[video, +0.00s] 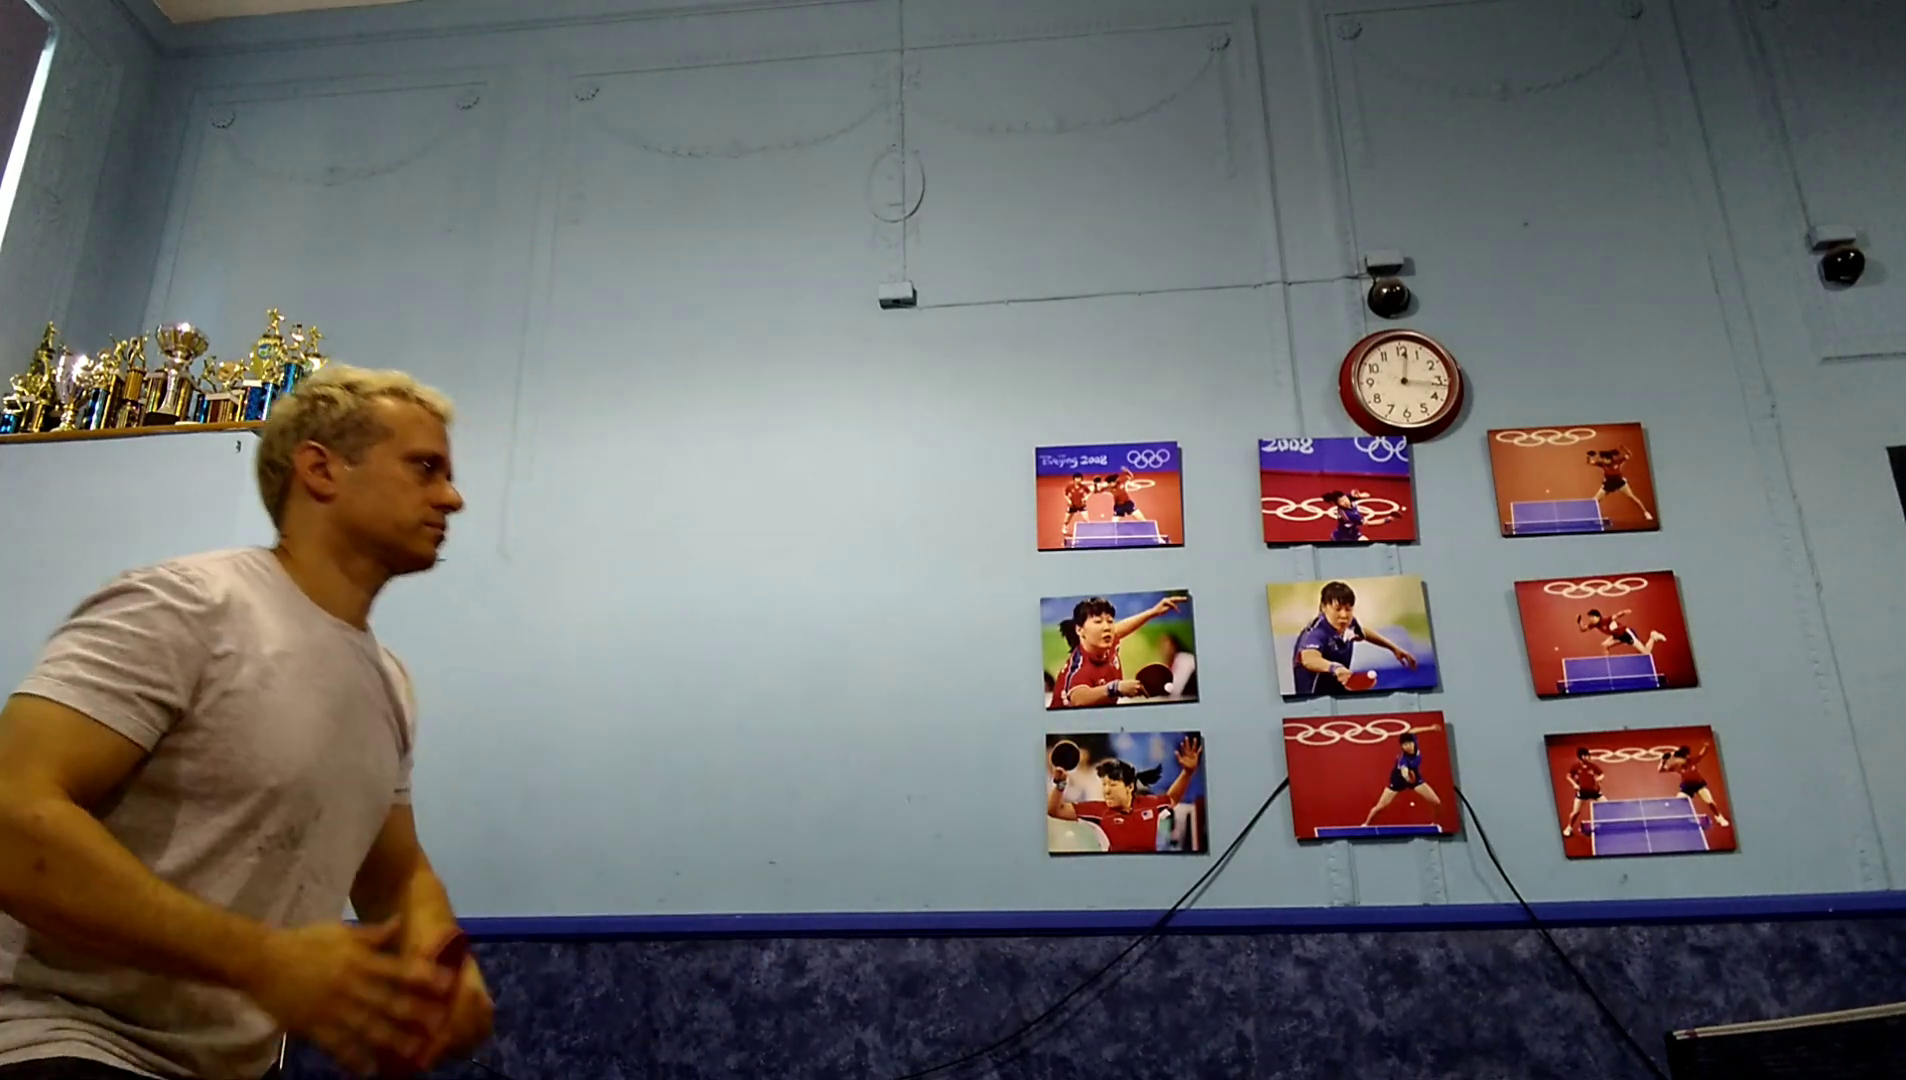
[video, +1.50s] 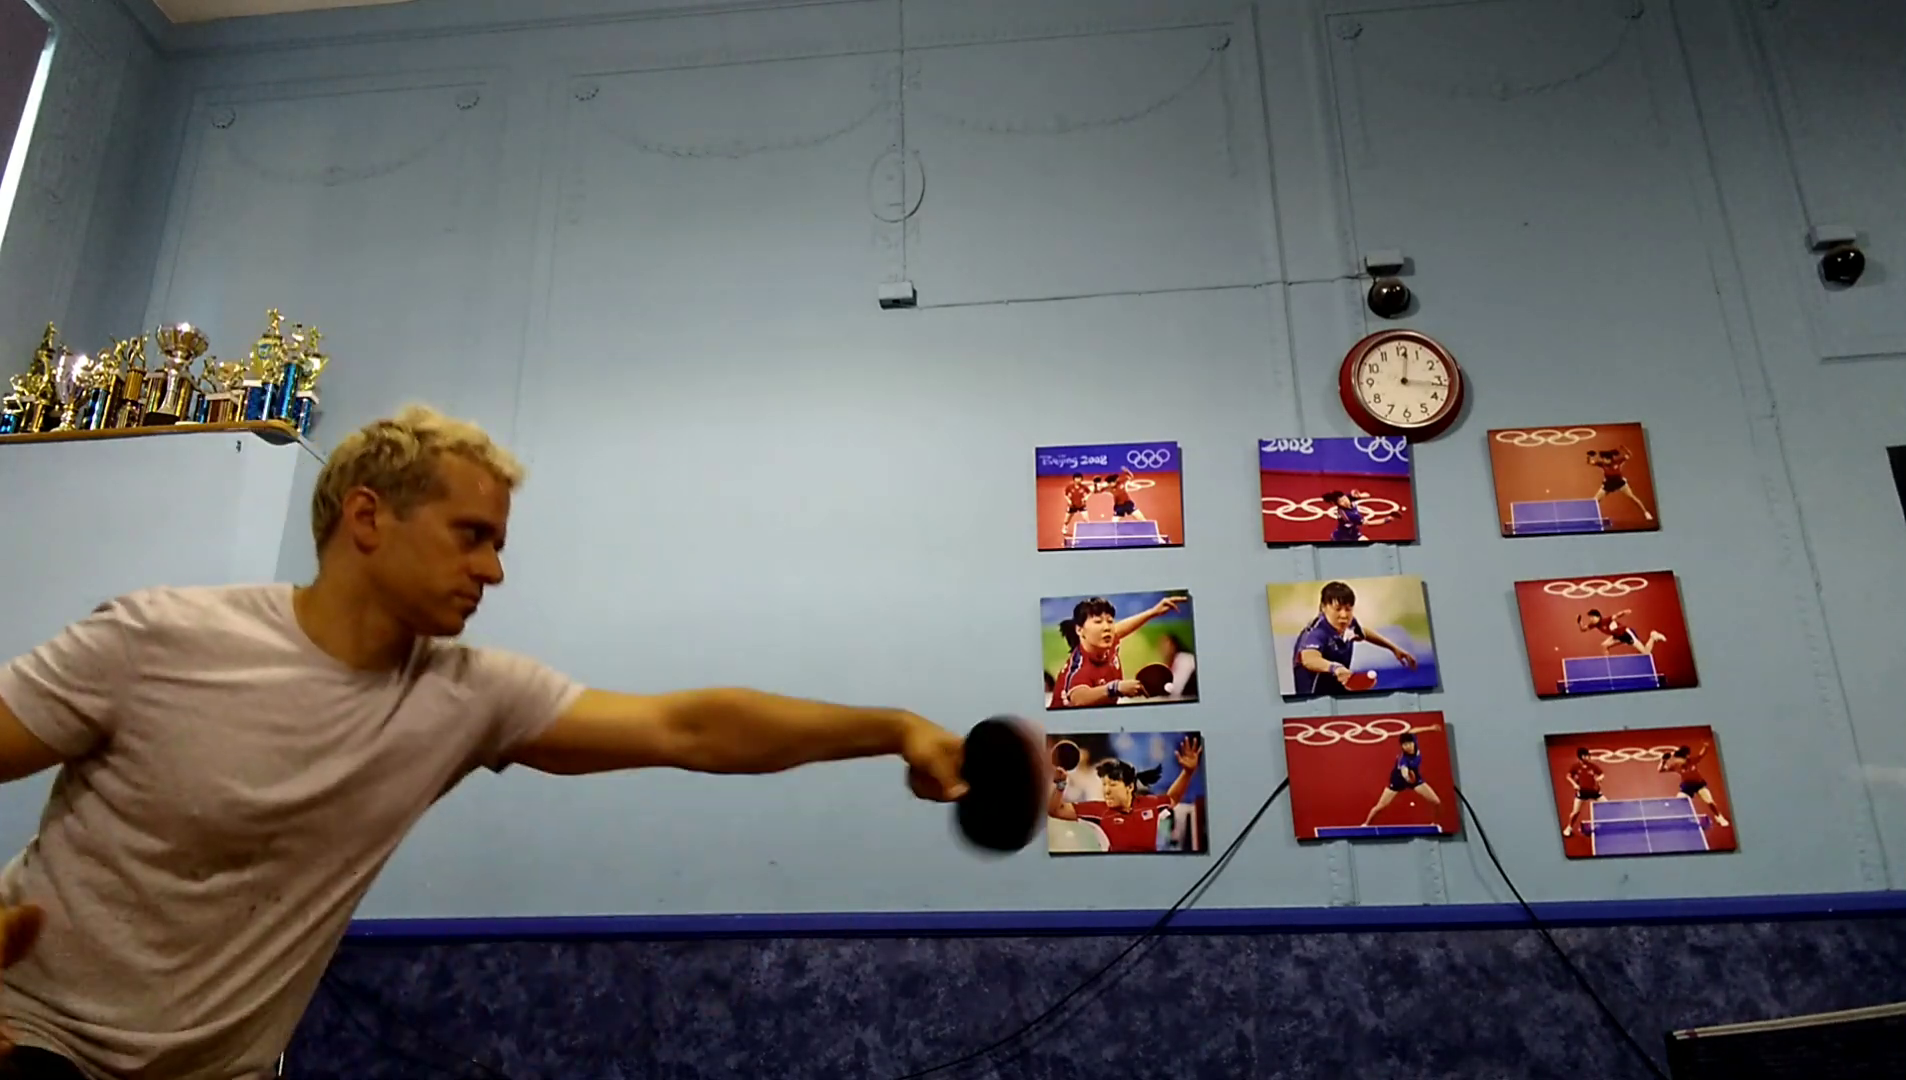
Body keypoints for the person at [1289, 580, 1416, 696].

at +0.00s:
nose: (1344, 615)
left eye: (1348, 609)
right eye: (1338, 609)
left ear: (1353, 609)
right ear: (1324, 608)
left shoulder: (1349, 624)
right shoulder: (1315, 633)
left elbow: (1364, 634)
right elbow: (1309, 660)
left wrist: (1395, 649)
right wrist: (1335, 668)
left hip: (1341, 705)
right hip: (1314, 708)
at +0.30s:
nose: (1344, 615)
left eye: (1348, 609)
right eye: (1338, 609)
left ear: (1353, 609)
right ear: (1324, 608)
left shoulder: (1349, 624)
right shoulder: (1315, 633)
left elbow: (1364, 634)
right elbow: (1309, 660)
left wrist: (1395, 649)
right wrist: (1335, 668)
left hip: (1341, 704)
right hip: (1314, 708)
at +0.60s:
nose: (1344, 615)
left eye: (1348, 609)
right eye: (1338, 609)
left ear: (1353, 609)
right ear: (1324, 608)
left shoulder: (1349, 624)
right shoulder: (1315, 633)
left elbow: (1364, 634)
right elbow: (1309, 660)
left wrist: (1395, 649)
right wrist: (1335, 668)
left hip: (1341, 705)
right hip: (1314, 708)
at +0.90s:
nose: (1344, 615)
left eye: (1348, 609)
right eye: (1338, 609)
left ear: (1353, 609)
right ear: (1324, 608)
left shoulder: (1349, 624)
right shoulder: (1315, 633)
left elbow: (1364, 634)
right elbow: (1309, 660)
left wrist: (1395, 649)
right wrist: (1335, 668)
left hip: (1341, 705)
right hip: (1314, 708)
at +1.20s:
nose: (1344, 615)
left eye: (1348, 609)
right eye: (1338, 609)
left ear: (1353, 609)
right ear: (1324, 608)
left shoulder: (1349, 624)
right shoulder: (1315, 633)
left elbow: (1364, 634)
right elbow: (1309, 660)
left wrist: (1395, 649)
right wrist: (1335, 668)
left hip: (1341, 705)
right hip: (1314, 708)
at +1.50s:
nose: (1344, 615)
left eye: (1348, 609)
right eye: (1338, 609)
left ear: (1353, 609)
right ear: (1324, 608)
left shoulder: (1349, 624)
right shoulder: (1316, 633)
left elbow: (1364, 634)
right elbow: (1309, 660)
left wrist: (1395, 649)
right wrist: (1335, 668)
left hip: (1341, 704)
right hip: (1314, 708)